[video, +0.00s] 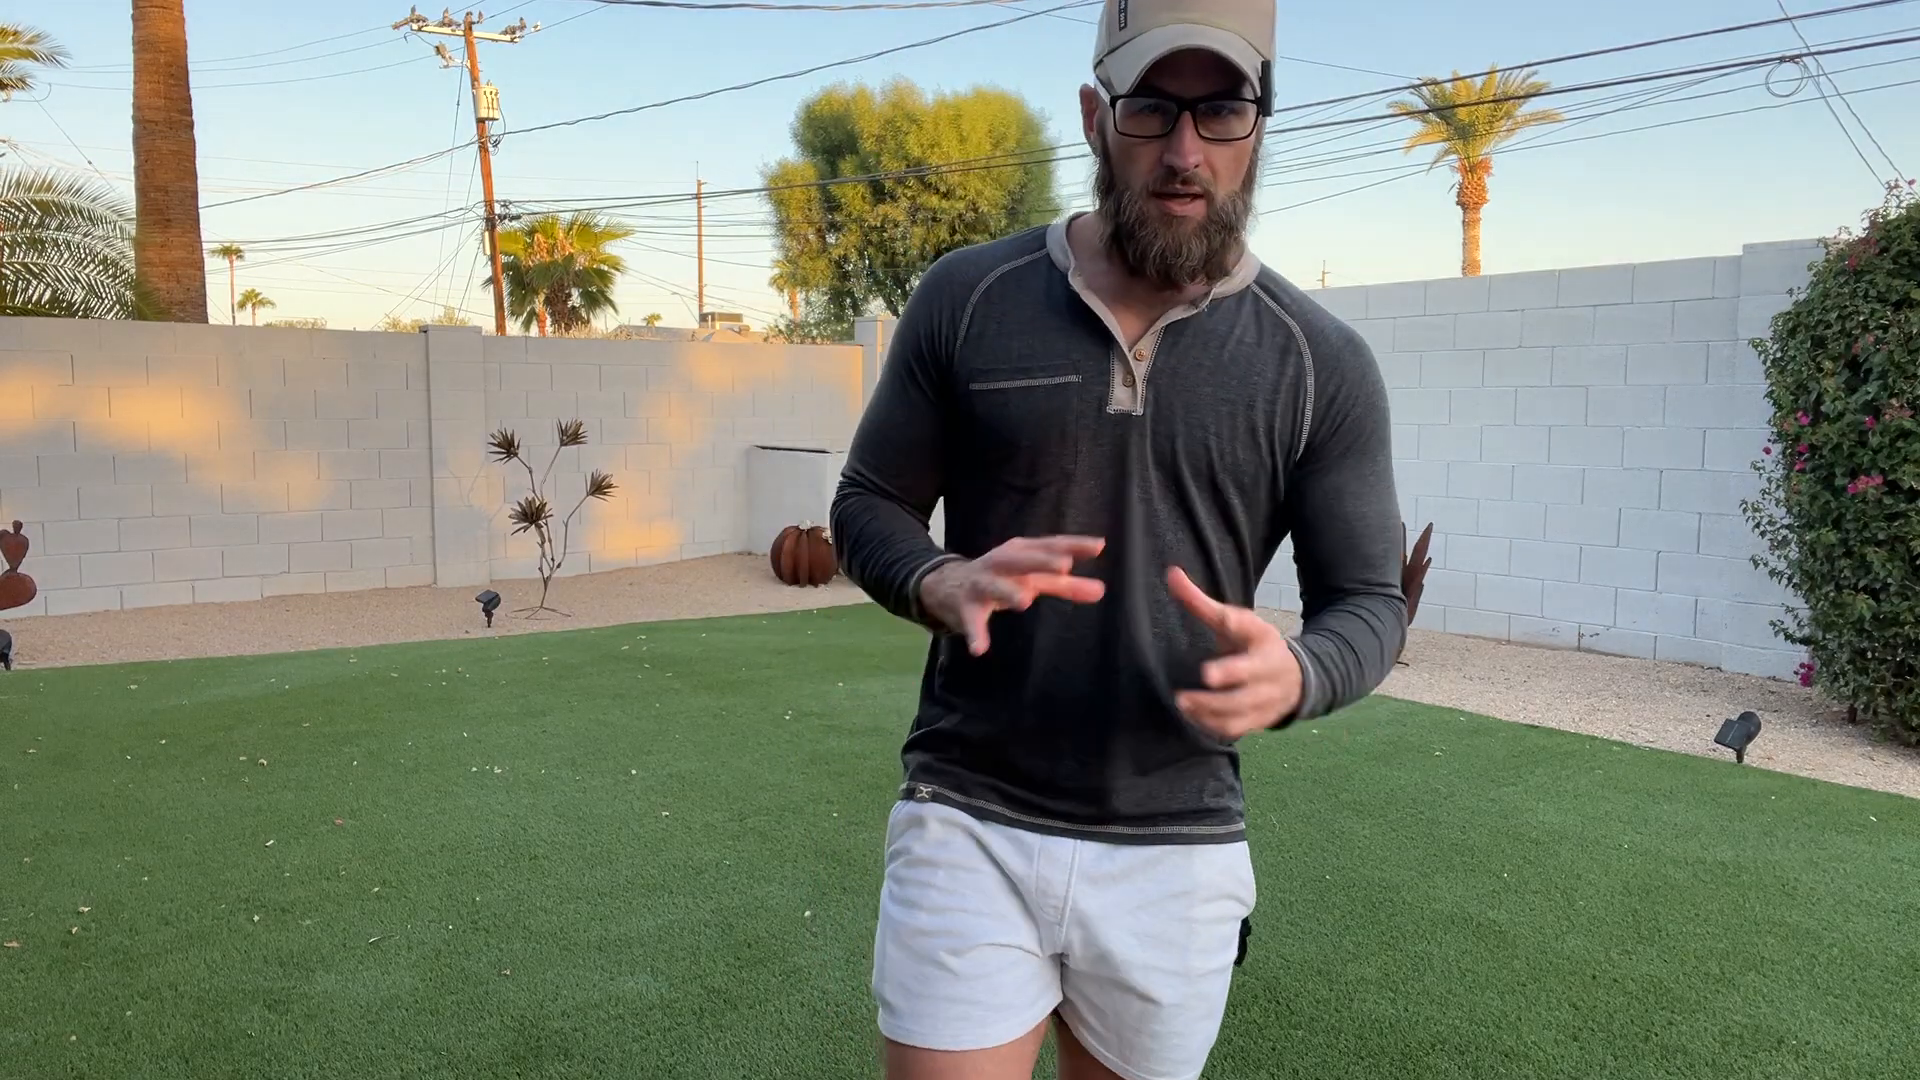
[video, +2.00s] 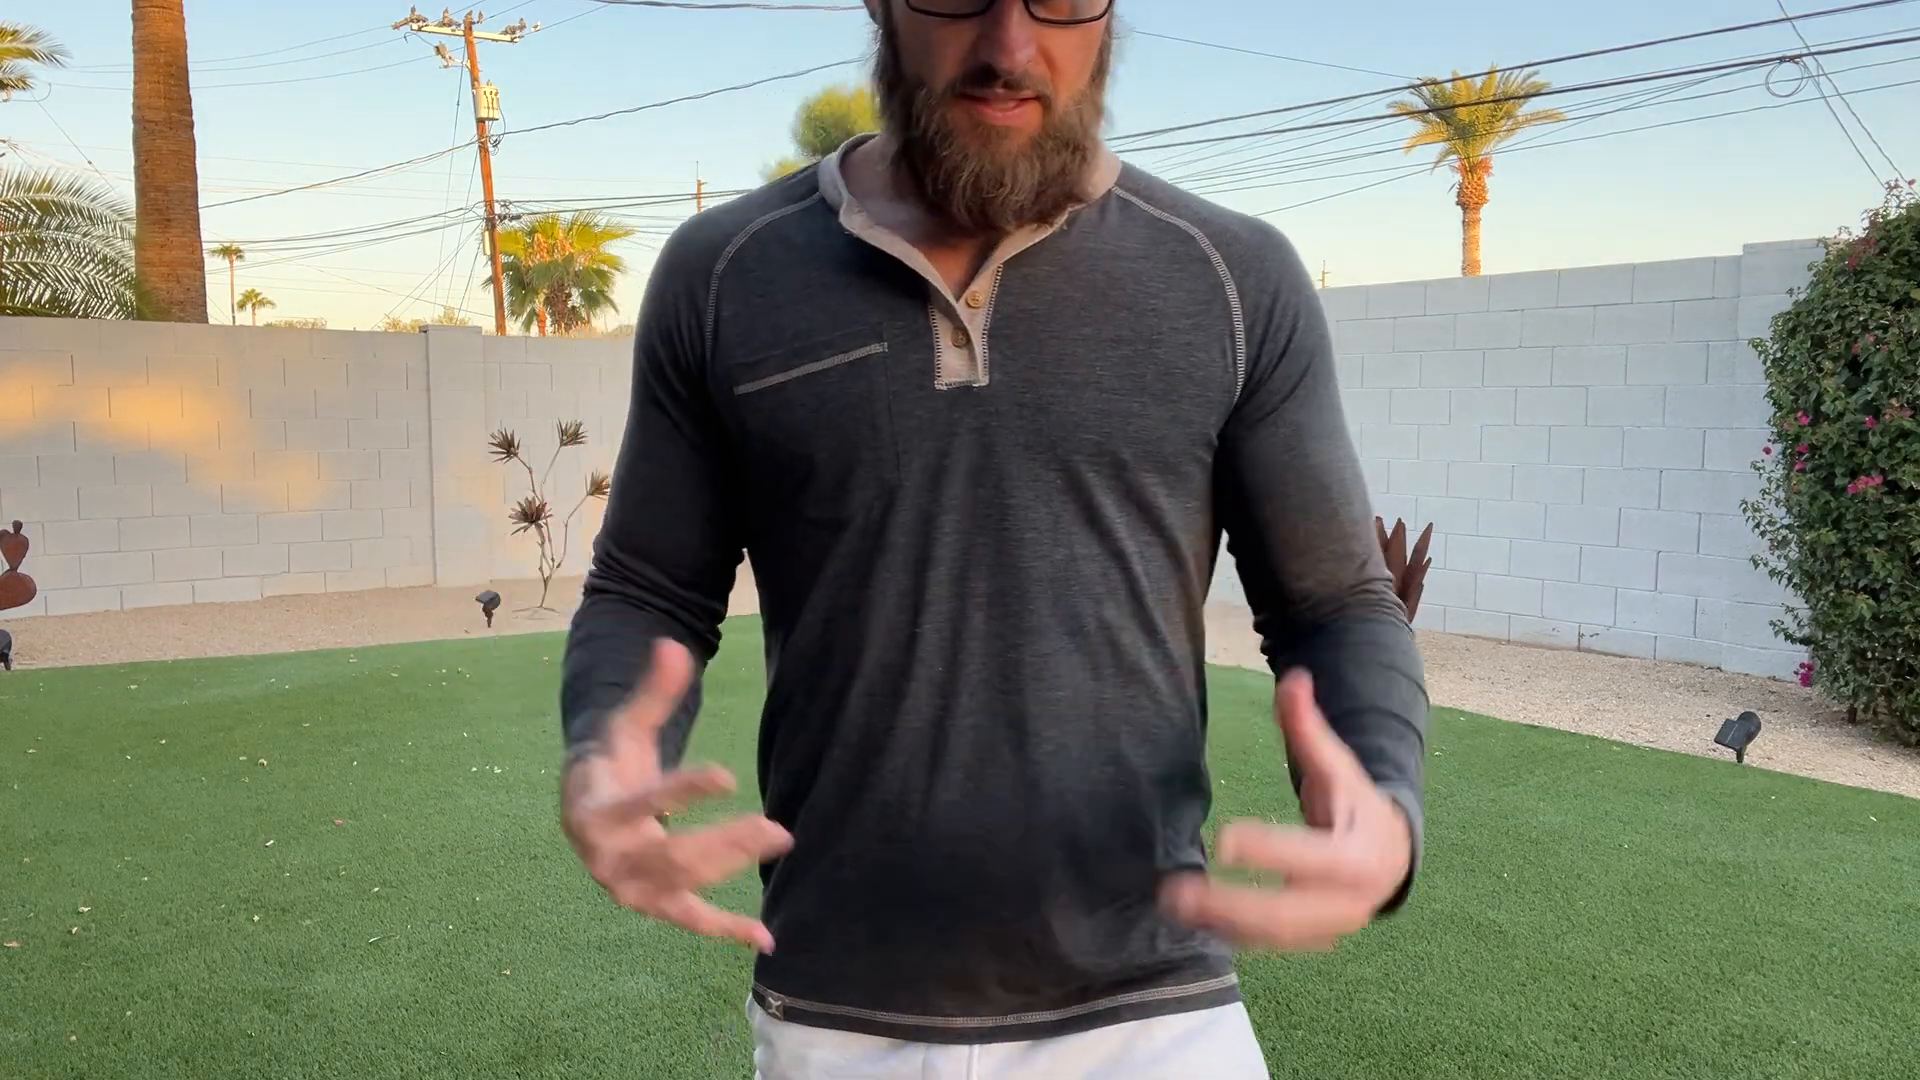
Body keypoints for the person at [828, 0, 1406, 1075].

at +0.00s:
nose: (1184, 152)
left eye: (1219, 119)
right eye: (1151, 113)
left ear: (1257, 136)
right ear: (1096, 120)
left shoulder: (1322, 363)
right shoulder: (964, 302)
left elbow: (1366, 602)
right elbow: (868, 506)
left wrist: (1303, 672)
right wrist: (939, 578)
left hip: (1177, 846)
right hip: (966, 823)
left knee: (1130, 1068)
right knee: (940, 1064)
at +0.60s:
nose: (1108, 153)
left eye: (1136, 108)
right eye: (1066, 106)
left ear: (1164, 101)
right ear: (975, 74)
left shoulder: (1223, 310)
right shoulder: (832, 290)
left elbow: (1287, 532)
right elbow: (741, 545)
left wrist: (1120, 709)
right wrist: (847, 589)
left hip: (1135, 897)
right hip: (902, 899)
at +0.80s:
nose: (1020, 120)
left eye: (1053, 73)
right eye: (980, 74)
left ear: (1090, 73)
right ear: (898, 61)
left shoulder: (1170, 290)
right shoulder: (766, 280)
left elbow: (1165, 543)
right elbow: (687, 552)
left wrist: (943, 737)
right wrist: (900, 577)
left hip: (1095, 919)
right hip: (850, 918)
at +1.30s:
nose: (859, 75)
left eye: (902, 26)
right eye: (815, 26)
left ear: (950, 43)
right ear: (752, 35)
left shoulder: (1072, 279)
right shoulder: (641, 299)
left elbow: (1200, 550)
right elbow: (568, 598)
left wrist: (1026, 630)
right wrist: (721, 565)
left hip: (1028, 929)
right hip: (767, 947)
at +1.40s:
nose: (850, 89)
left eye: (893, 39)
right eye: (804, 40)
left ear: (945, 47)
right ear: (741, 40)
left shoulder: (1079, 278)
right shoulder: (639, 299)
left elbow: (1238, 527)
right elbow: (567, 631)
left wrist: (1240, 614)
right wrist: (523, 618)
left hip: (1033, 940)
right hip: (764, 957)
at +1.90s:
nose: (957, 67)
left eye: (1004, 15)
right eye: (905, 18)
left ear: (1057, 30)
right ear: (837, 27)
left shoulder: (1190, 280)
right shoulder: (697, 289)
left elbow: (1289, 591)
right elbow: (637, 596)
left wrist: (1392, 705)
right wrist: (525, 702)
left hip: (1110, 1006)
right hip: (810, 1013)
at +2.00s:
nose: (1009, 46)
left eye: (1058, 4)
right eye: (958, 1)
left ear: (1107, 26)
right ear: (889, 13)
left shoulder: (1238, 278)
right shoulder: (723, 277)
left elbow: (1338, 603)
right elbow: (646, 587)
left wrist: (1378, 806)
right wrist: (614, 752)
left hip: (1154, 1004)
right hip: (842, 1013)